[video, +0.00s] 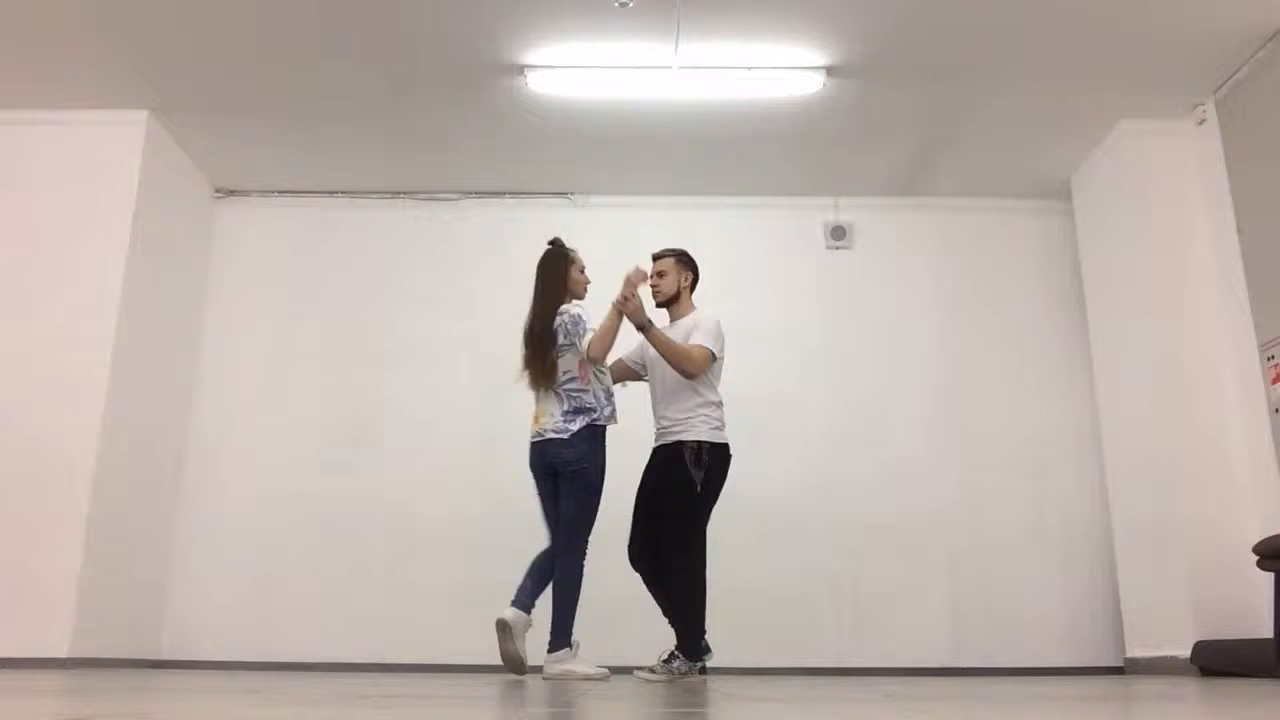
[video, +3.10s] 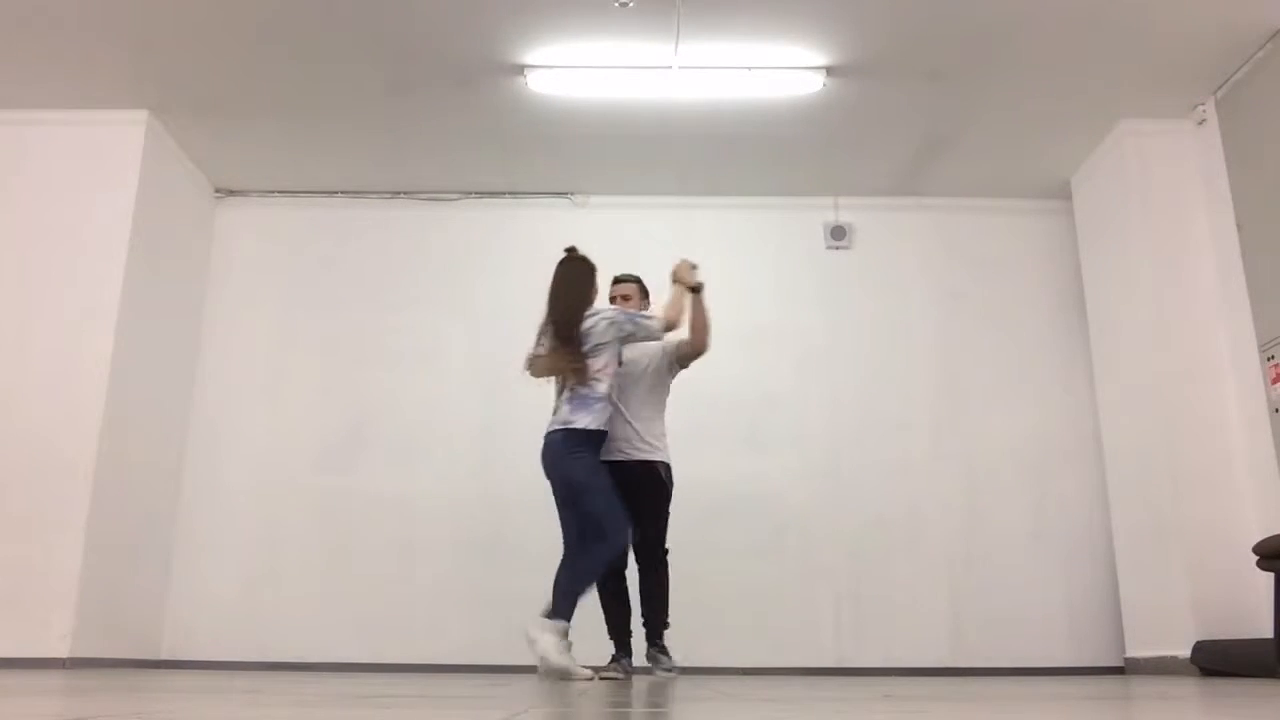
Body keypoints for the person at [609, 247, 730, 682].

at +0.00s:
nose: (653, 281)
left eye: (660, 274)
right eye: (651, 276)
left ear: (686, 278)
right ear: (657, 284)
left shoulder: (706, 324)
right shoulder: (654, 342)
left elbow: (693, 366)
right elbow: (605, 374)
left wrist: (643, 324)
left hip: (701, 449)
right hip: (667, 449)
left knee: (683, 548)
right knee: (643, 550)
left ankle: (690, 655)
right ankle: (692, 640)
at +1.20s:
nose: (647, 282)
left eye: (655, 275)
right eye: (646, 276)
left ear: (681, 278)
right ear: (656, 283)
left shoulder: (702, 314)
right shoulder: (658, 339)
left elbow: (672, 320)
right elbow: (619, 387)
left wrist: (656, 257)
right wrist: (574, 377)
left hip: (697, 444)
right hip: (669, 447)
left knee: (679, 549)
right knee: (672, 552)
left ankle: (693, 651)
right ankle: (701, 648)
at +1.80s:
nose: (638, 282)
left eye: (644, 274)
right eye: (639, 275)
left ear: (669, 276)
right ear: (666, 278)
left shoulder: (690, 314)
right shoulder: (664, 331)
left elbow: (652, 338)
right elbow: (628, 382)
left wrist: (607, 291)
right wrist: (577, 369)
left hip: (696, 443)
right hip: (672, 444)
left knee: (681, 547)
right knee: (647, 548)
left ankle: (688, 655)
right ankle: (677, 646)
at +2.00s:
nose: (625, 283)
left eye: (630, 274)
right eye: (627, 275)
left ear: (652, 276)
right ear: (653, 278)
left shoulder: (671, 318)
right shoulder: (659, 322)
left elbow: (629, 365)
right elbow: (628, 365)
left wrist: (577, 340)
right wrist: (596, 347)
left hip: (681, 444)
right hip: (668, 444)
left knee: (665, 551)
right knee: (652, 551)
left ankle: (682, 657)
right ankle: (663, 654)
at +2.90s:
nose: (613, 306)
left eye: (621, 295)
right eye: (610, 297)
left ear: (646, 296)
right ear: (607, 301)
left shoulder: (665, 337)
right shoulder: (612, 347)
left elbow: (646, 348)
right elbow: (579, 362)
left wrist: (632, 309)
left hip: (656, 459)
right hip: (615, 461)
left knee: (647, 556)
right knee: (615, 556)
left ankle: (642, 653)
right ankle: (624, 651)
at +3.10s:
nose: (619, 304)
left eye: (627, 298)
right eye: (613, 299)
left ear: (647, 304)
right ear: (607, 306)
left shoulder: (663, 348)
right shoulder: (595, 346)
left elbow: (699, 343)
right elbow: (536, 362)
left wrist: (696, 292)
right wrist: (560, 358)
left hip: (649, 463)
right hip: (604, 462)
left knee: (651, 554)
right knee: (608, 555)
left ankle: (656, 646)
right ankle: (621, 652)